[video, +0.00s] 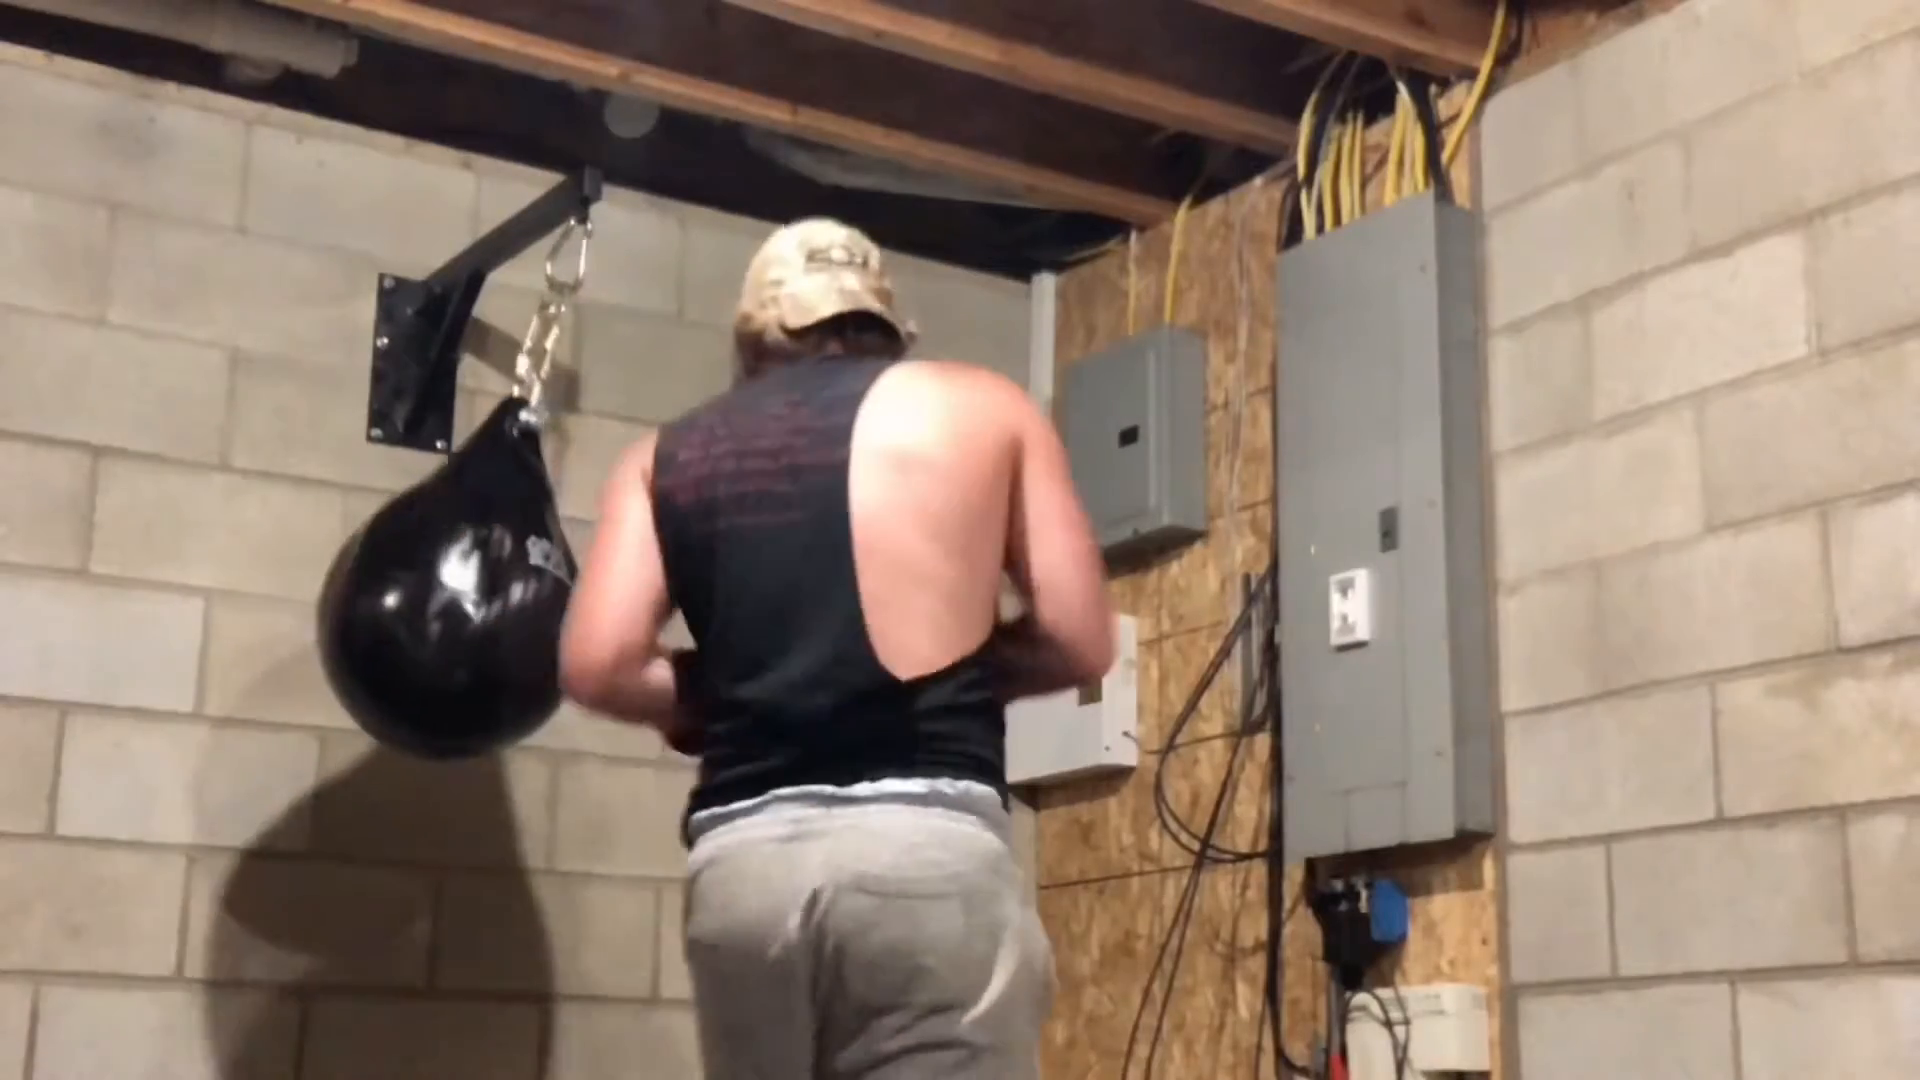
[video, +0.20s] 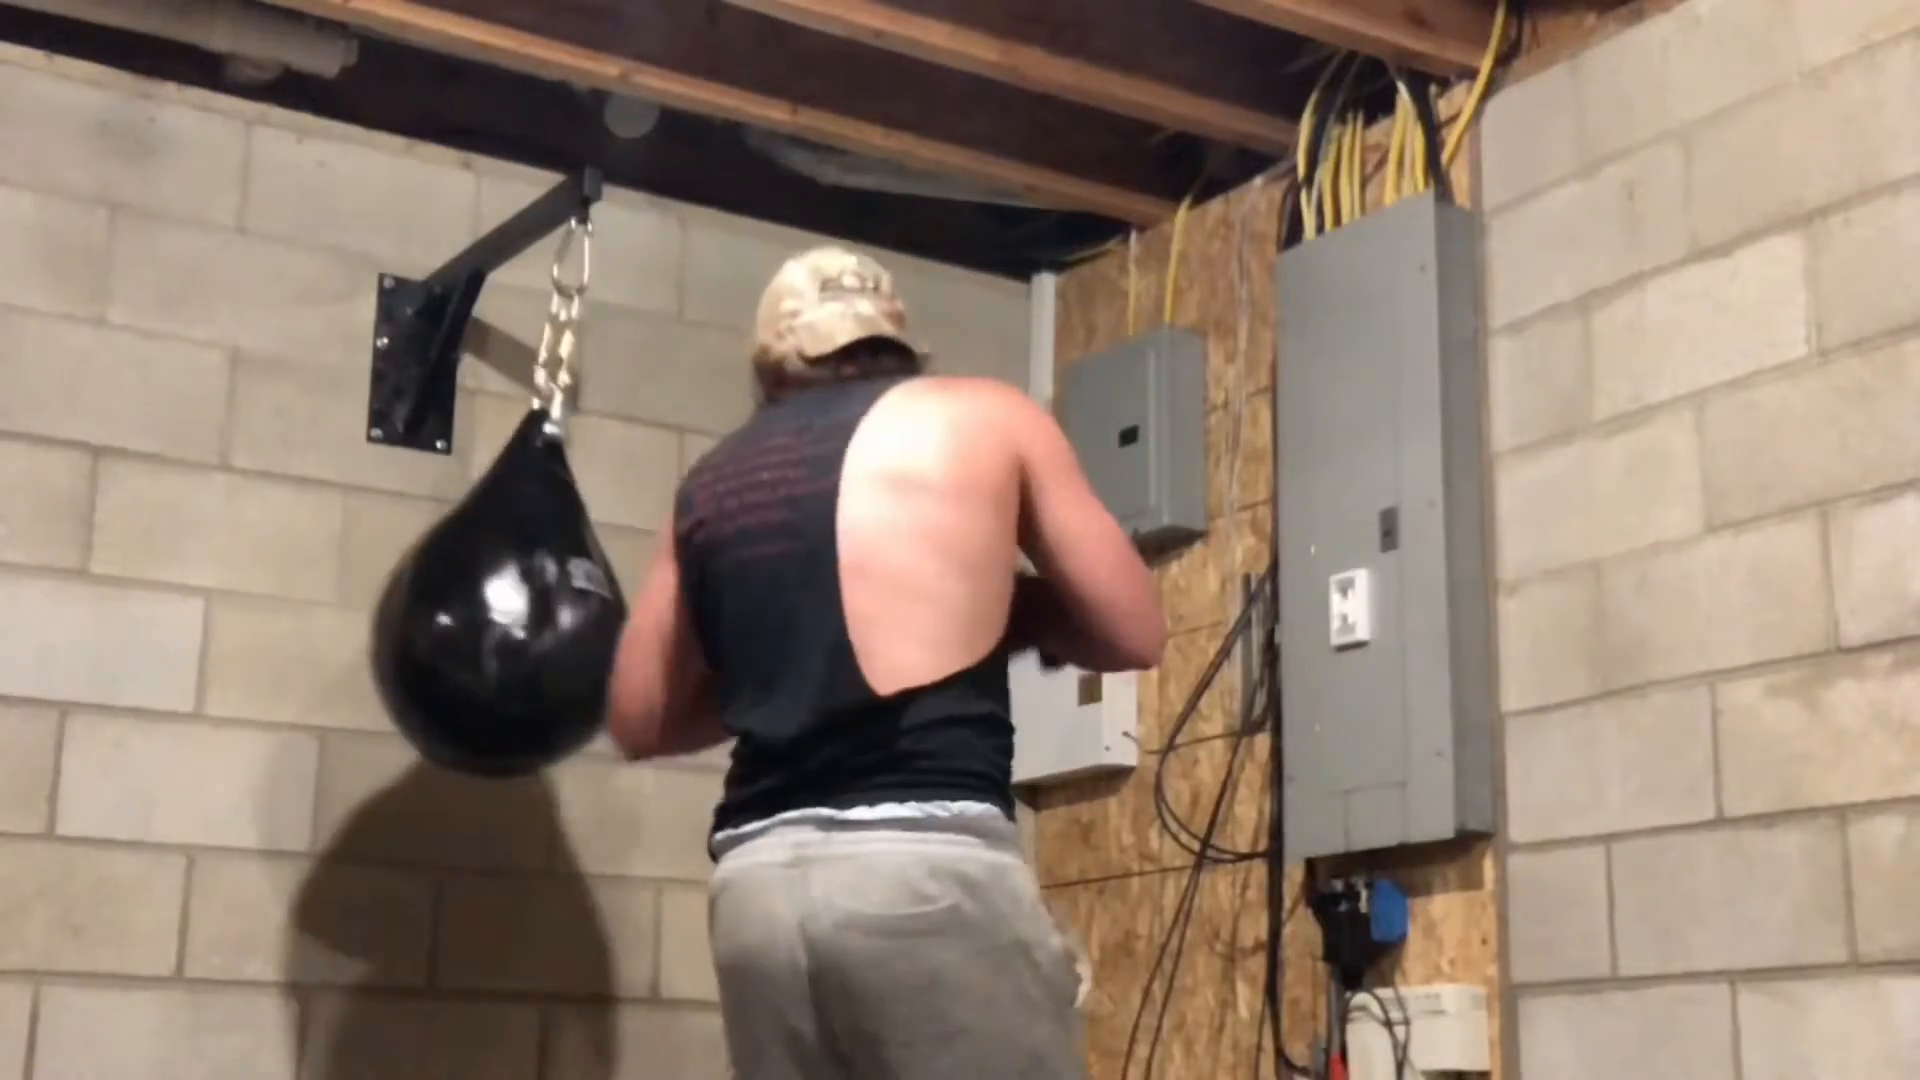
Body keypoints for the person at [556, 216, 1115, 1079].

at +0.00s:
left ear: (754, 333)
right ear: (888, 319)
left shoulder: (663, 455)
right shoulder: (992, 405)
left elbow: (596, 667)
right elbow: (1079, 647)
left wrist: (714, 698)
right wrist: (945, 670)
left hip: (743, 865)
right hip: (936, 853)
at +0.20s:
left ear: (768, 363)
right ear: (898, 338)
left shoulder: (711, 482)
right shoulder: (993, 413)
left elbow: (642, 720)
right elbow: (1133, 632)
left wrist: (789, 652)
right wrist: (1016, 602)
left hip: (754, 896)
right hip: (934, 880)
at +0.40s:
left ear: (827, 345)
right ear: (956, 334)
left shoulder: (746, 447)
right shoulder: (1053, 424)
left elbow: (681, 687)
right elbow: (1136, 667)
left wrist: (802, 600)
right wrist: (1029, 581)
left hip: (800, 874)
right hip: (992, 863)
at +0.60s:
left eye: (835, 361)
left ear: (848, 354)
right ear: (974, 358)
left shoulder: (817, 411)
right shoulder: (1091, 467)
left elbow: (706, 613)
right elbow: (1097, 723)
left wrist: (788, 602)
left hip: (857, 869)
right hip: (1052, 881)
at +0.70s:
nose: (796, 361)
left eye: (806, 351)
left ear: (830, 341)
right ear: (942, 342)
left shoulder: (828, 382)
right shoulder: (1061, 460)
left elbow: (716, 561)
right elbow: (1062, 642)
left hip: (880, 860)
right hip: (1061, 869)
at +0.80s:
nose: (761, 421)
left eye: (762, 404)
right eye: (758, 409)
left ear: (783, 376)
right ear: (884, 360)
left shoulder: (820, 408)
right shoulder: (999, 485)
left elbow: (721, 572)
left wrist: (639, 542)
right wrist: (795, 627)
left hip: (886, 902)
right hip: (1056, 899)